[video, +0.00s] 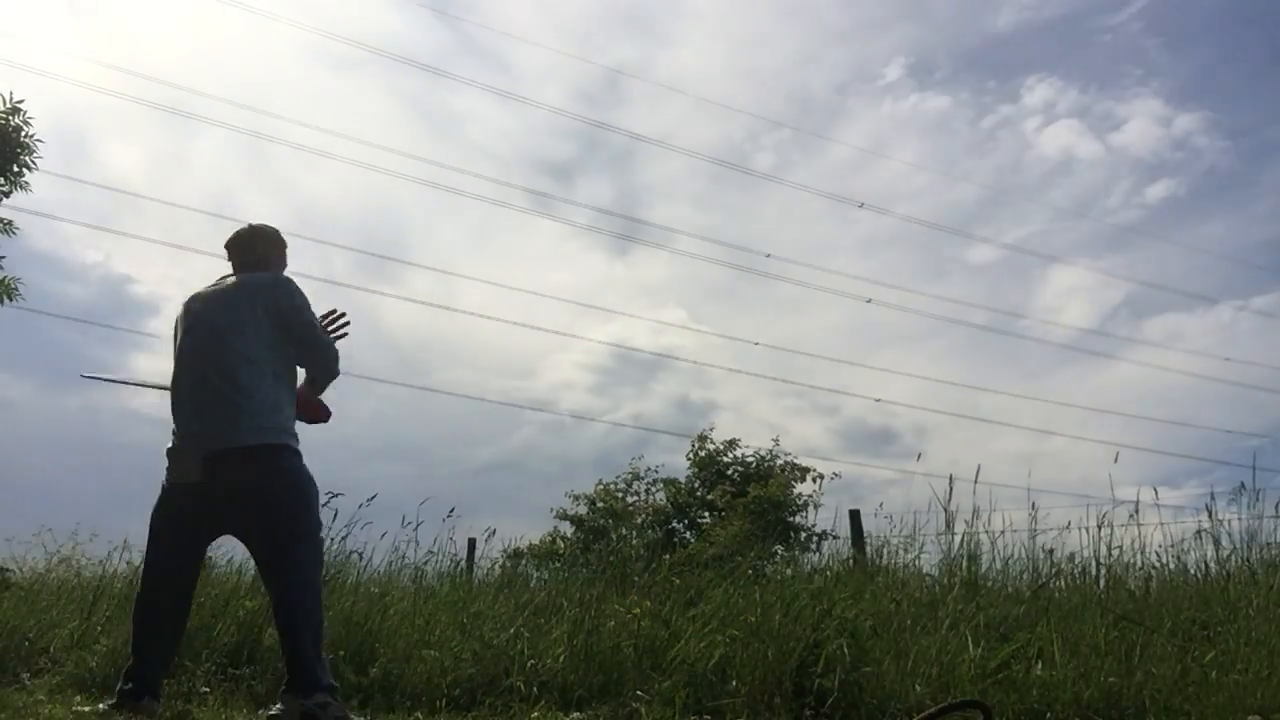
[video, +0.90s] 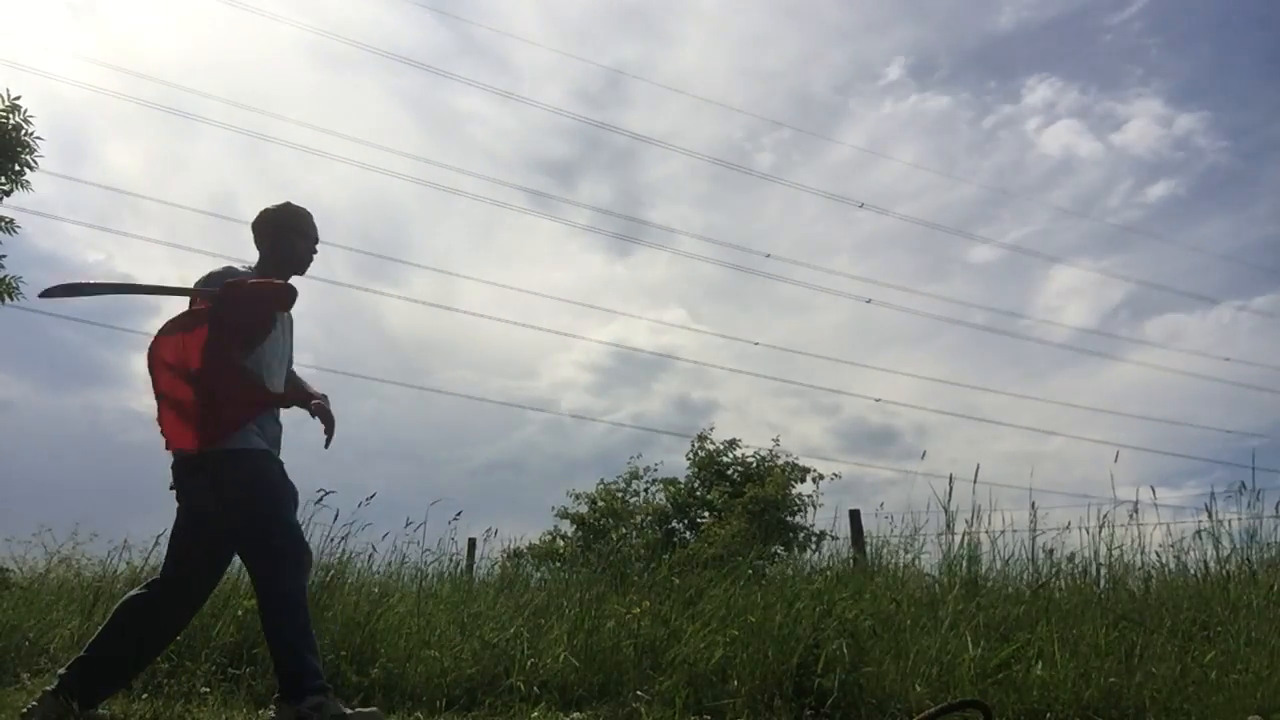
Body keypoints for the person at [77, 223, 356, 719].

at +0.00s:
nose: (284, 267)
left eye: (283, 259)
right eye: (282, 259)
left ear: (235, 259)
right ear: (271, 255)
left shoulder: (194, 305)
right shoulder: (277, 288)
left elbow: (218, 382)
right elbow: (326, 361)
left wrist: (292, 393)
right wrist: (306, 395)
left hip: (191, 473)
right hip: (270, 468)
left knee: (164, 583)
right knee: (296, 580)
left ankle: (139, 692)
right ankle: (310, 692)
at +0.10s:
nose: (320, 264)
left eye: (316, 256)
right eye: (316, 256)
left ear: (266, 254)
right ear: (305, 252)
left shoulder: (226, 306)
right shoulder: (298, 275)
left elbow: (240, 396)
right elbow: (358, 277)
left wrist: (302, 381)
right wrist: (381, 356)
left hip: (208, 468)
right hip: (280, 458)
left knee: (180, 575)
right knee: (321, 562)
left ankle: (135, 689)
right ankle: (307, 695)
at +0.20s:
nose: (342, 270)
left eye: (342, 259)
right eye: (337, 256)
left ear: (294, 246)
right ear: (316, 246)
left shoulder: (255, 302)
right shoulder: (299, 268)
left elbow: (243, 389)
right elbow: (367, 240)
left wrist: (309, 410)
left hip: (225, 454)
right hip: (284, 446)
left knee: (188, 562)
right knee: (341, 553)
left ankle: (81, 683)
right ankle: (310, 694)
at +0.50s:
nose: (342, 261)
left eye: (342, 251)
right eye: (338, 251)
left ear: (296, 244)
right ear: (314, 246)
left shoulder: (265, 318)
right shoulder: (291, 279)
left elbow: (319, 393)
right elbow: (376, 254)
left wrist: (333, 360)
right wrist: (458, 283)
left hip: (220, 463)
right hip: (276, 454)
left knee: (178, 584)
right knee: (350, 557)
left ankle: (75, 695)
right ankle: (314, 696)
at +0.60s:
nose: (335, 262)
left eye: (335, 253)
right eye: (328, 250)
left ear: (285, 247)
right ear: (298, 246)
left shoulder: (252, 303)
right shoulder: (281, 285)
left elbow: (303, 392)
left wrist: (319, 352)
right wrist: (419, 339)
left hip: (219, 464)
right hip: (269, 459)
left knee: (176, 591)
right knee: (338, 557)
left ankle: (71, 697)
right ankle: (311, 699)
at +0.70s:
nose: (323, 257)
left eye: (324, 247)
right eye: (316, 245)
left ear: (279, 249)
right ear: (285, 243)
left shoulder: (233, 302)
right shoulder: (262, 292)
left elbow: (223, 389)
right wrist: (350, 375)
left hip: (218, 470)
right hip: (261, 463)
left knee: (175, 593)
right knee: (328, 556)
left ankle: (70, 694)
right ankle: (311, 696)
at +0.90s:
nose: (313, 252)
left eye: (315, 243)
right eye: (307, 241)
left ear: (268, 240)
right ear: (279, 240)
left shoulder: (259, 298)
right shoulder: (256, 294)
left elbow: (265, 370)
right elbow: (220, 368)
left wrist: (304, 395)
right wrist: (285, 397)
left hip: (212, 463)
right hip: (240, 460)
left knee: (178, 589)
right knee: (284, 563)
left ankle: (70, 696)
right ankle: (306, 697)